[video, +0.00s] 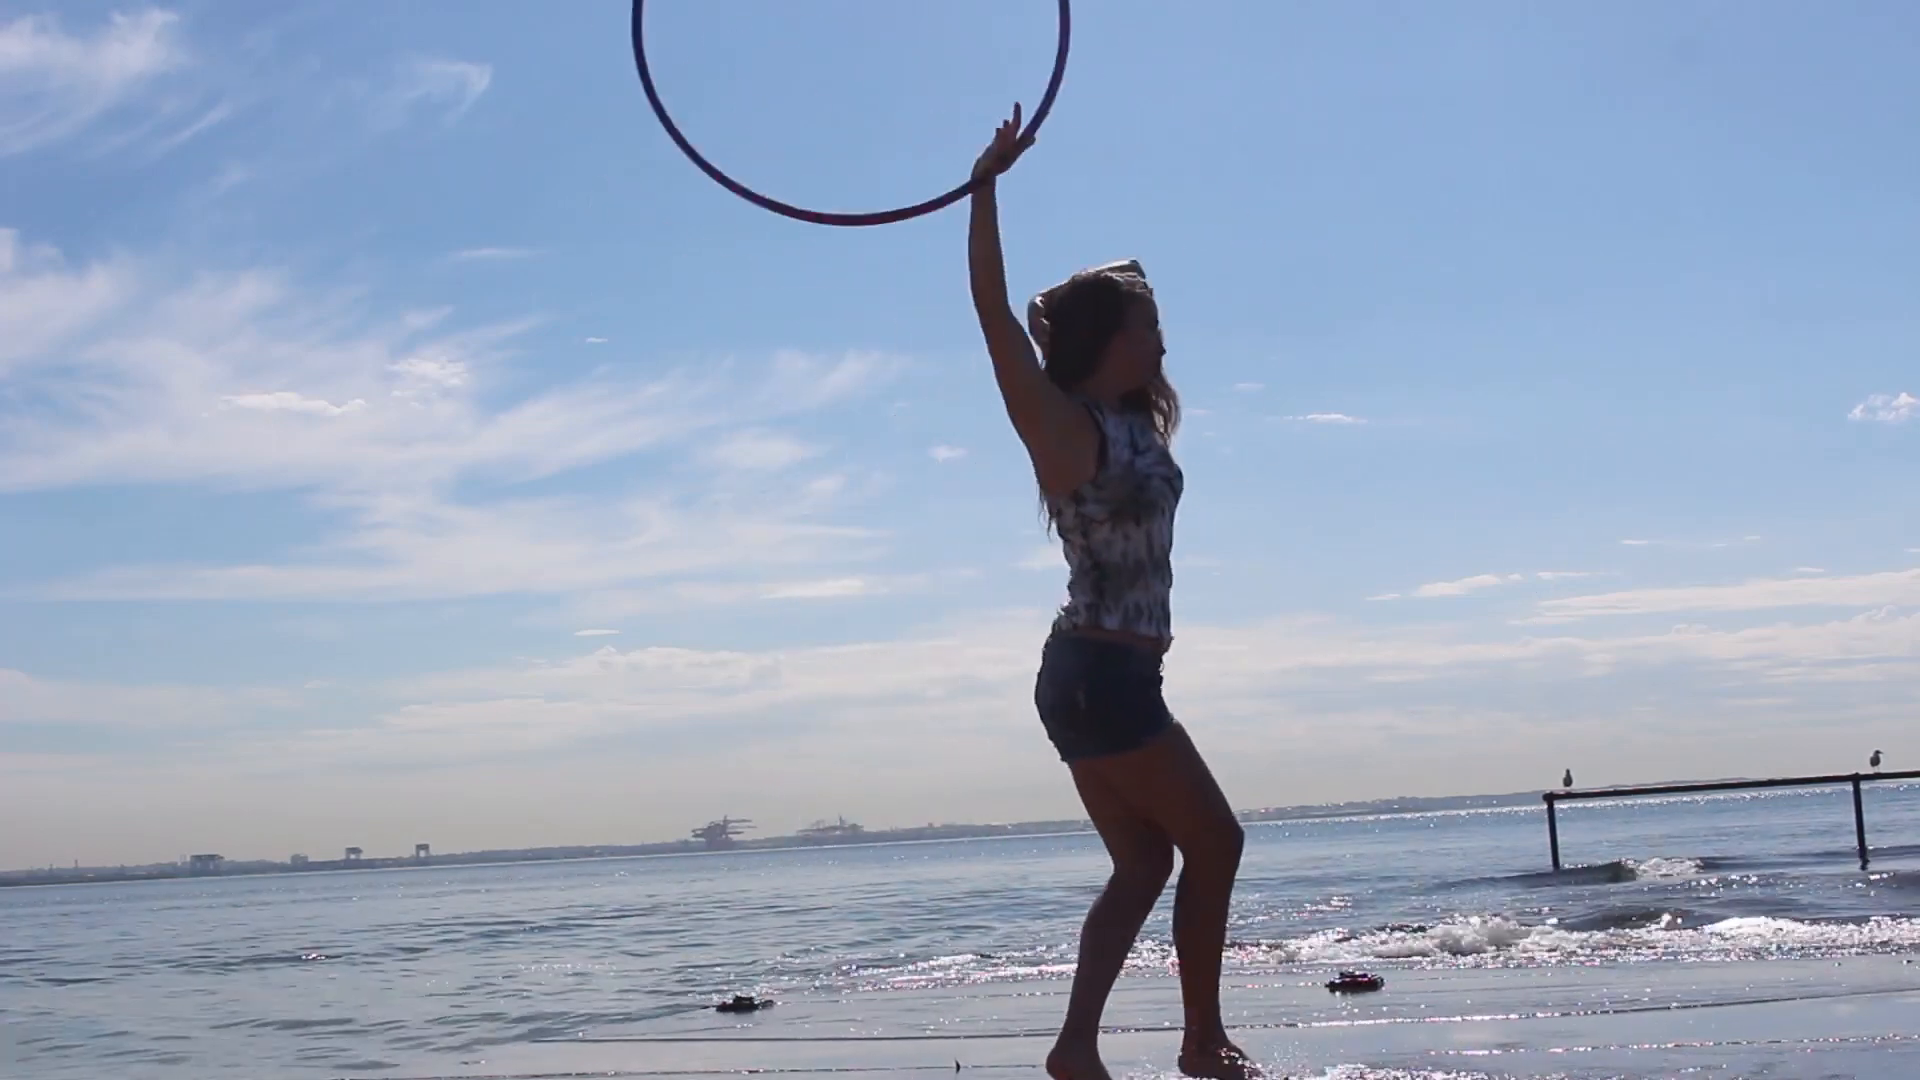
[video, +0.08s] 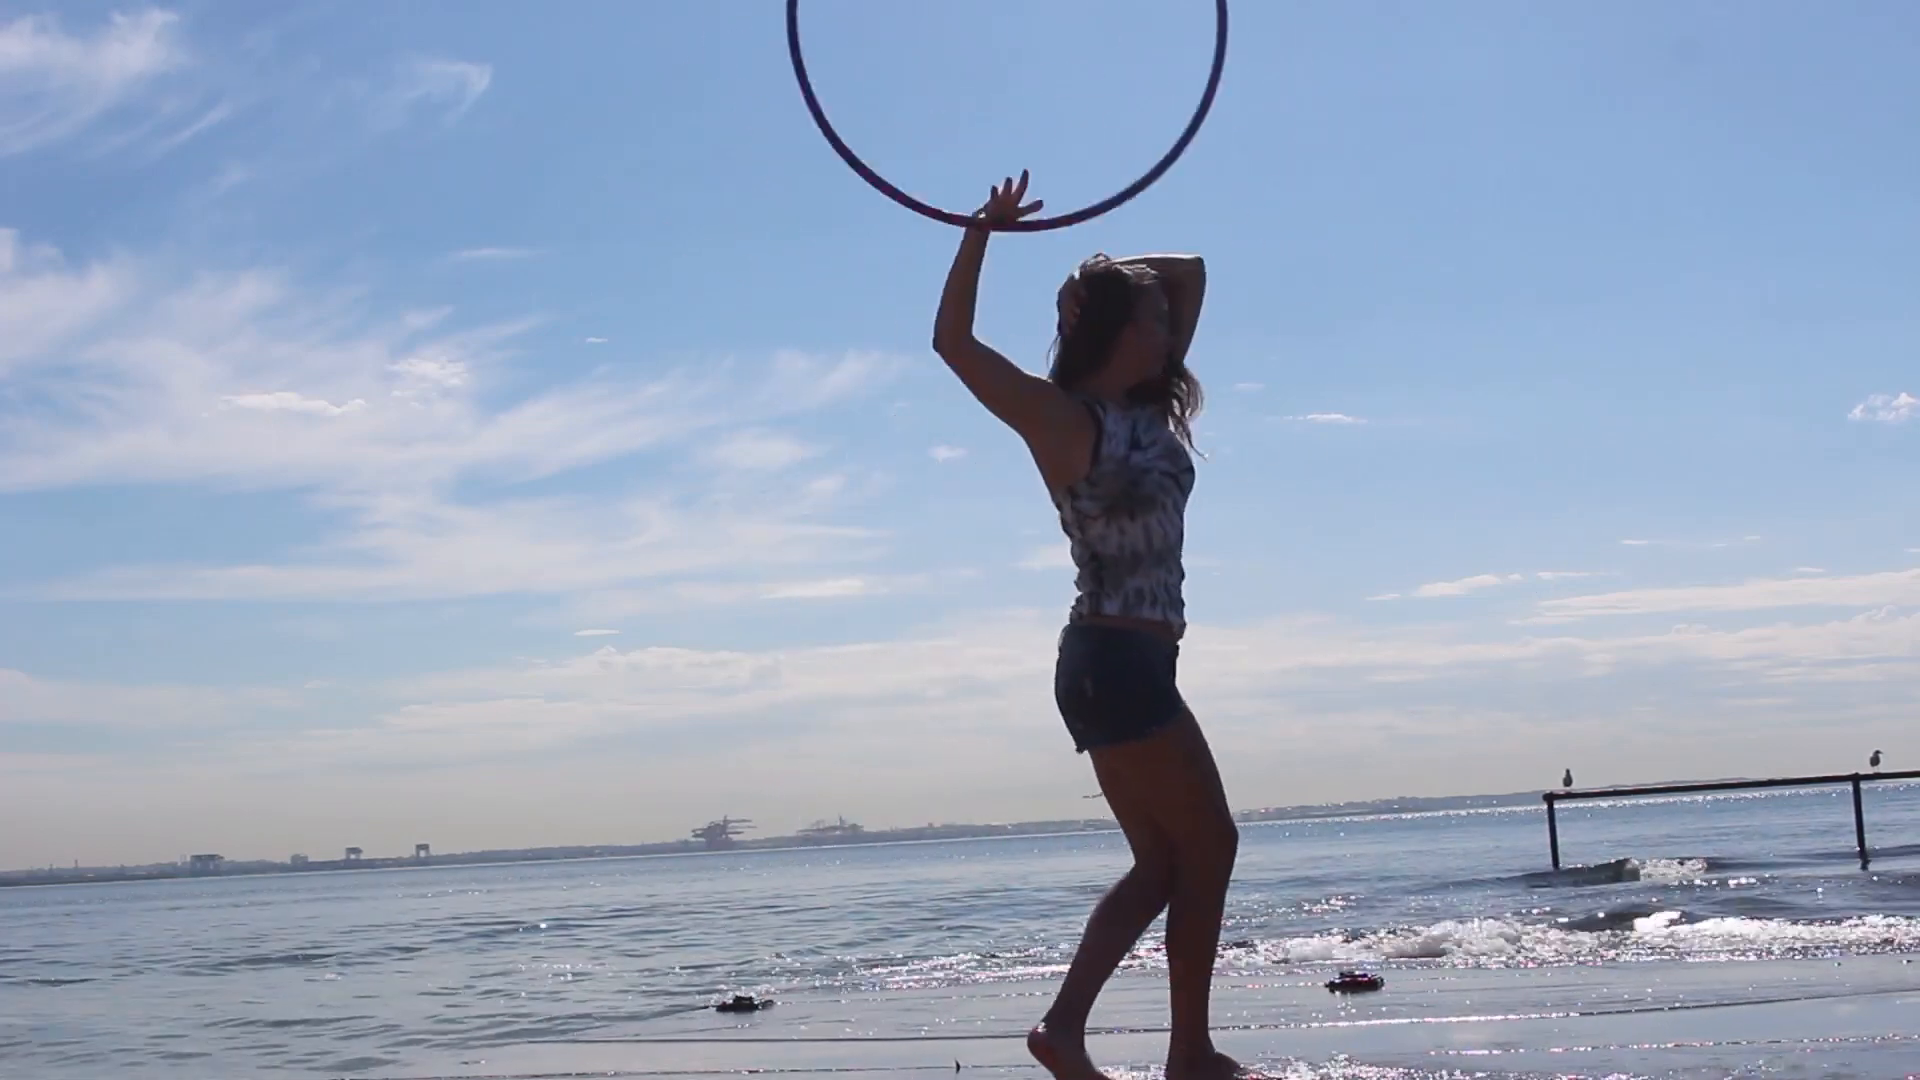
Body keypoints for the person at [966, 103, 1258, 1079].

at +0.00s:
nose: (1157, 336)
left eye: (1153, 323)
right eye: (1143, 323)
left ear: (1115, 342)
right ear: (1101, 339)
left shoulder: (1135, 418)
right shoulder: (1058, 422)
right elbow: (991, 307)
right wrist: (984, 184)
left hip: (1100, 674)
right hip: (1102, 677)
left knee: (1142, 859)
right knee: (1215, 843)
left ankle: (1075, 1047)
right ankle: (1203, 1042)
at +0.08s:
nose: (1166, 335)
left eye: (1165, 322)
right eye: (1153, 320)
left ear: (1139, 329)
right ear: (1112, 331)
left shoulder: (1152, 404)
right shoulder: (1059, 416)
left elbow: (1193, 275)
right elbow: (955, 340)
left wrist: (1105, 274)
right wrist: (979, 229)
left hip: (1136, 659)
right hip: (1111, 662)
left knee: (1162, 862)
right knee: (1209, 845)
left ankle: (1062, 1028)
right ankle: (1190, 1049)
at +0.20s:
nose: (1178, 359)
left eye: (1178, 346)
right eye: (1167, 344)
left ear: (1160, 352)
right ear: (1124, 350)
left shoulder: (1171, 426)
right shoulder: (1066, 439)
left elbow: (1261, 326)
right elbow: (934, 406)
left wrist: (1170, 279)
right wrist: (987, 338)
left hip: (1160, 679)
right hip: (1134, 682)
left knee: (1164, 880)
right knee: (1243, 858)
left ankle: (1018, 1014)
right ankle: (1193, 1051)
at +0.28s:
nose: (1178, 365)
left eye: (1177, 352)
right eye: (1166, 350)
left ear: (1152, 367)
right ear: (1121, 363)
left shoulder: (1176, 450)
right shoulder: (1064, 460)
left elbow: (1293, 389)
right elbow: (935, 434)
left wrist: (1234, 314)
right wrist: (994, 381)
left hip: (1172, 694)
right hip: (1141, 697)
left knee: (1144, 885)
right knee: (1260, 867)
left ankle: (1011, 1009)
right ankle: (1195, 1050)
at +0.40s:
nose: (1172, 376)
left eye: (1170, 363)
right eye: (1156, 362)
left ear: (1156, 383)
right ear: (1111, 379)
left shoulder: (1179, 473)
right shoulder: (1068, 472)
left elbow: (1298, 494)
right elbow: (964, 509)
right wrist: (1039, 462)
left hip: (1172, 704)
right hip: (1139, 707)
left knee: (1147, 895)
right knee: (1264, 870)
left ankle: (1008, 1009)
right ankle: (1198, 1051)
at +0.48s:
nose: (1165, 382)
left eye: (1162, 368)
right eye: (1150, 367)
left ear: (1119, 385)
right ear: (1103, 382)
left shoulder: (1170, 475)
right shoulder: (1050, 475)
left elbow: (1277, 530)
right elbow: (997, 564)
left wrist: (1387, 487)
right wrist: (1060, 542)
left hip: (1167, 701)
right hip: (1127, 704)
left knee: (1170, 899)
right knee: (1257, 868)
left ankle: (1009, 1012)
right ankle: (1198, 1053)